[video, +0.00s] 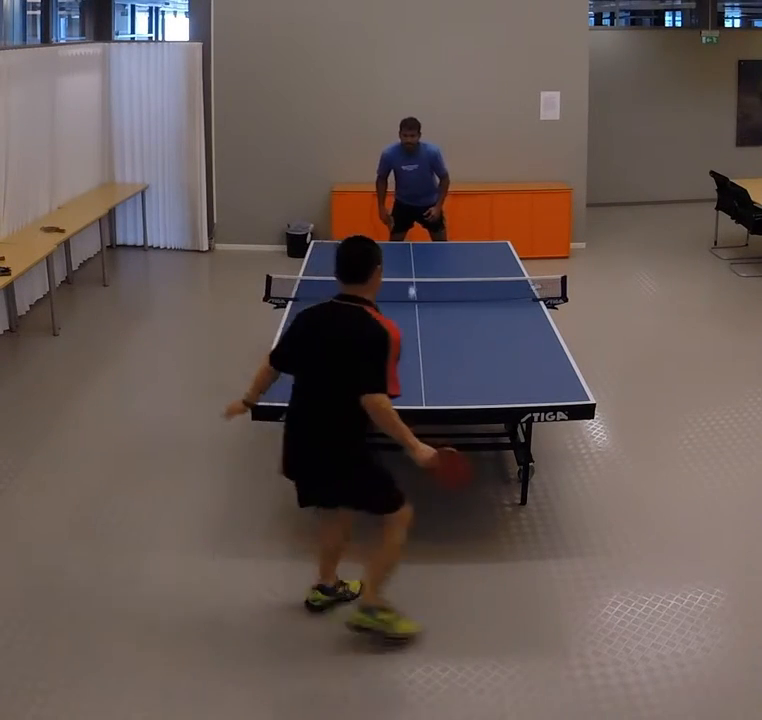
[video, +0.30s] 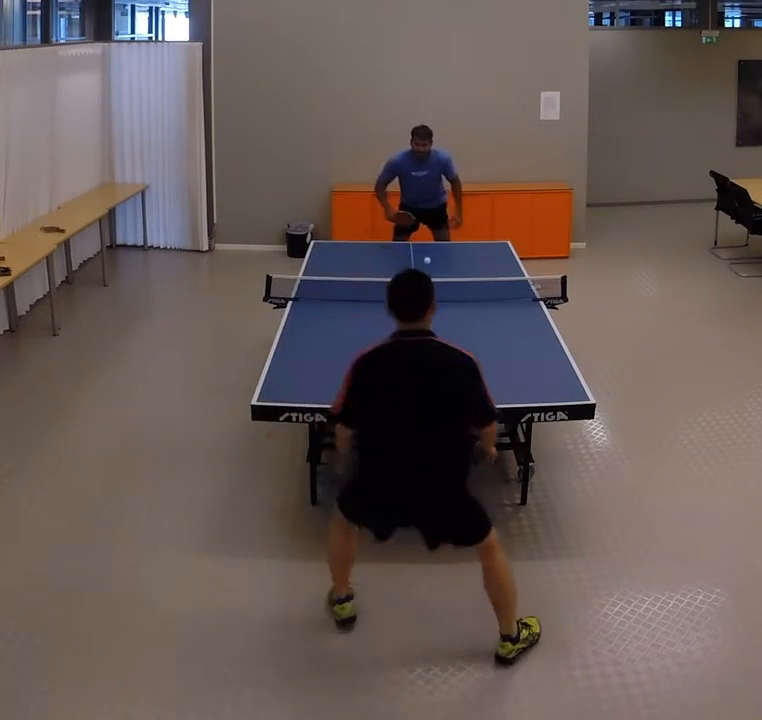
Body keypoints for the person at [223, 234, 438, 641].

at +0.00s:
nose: (381, 276)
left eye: (378, 270)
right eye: (381, 270)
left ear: (338, 273)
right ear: (377, 275)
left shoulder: (312, 317)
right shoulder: (377, 331)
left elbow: (273, 364)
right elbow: (373, 399)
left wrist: (248, 400)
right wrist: (415, 445)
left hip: (303, 444)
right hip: (345, 448)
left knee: (338, 508)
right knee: (398, 512)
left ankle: (327, 584)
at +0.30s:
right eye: (429, 301)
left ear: (389, 309)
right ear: (431, 307)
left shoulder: (367, 364)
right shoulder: (460, 363)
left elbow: (344, 430)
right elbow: (485, 424)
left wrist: (345, 464)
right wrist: (488, 448)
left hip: (381, 485)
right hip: (441, 489)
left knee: (345, 518)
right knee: (489, 547)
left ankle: (341, 600)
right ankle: (510, 635)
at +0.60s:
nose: (421, 312)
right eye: (422, 307)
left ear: (380, 312)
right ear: (423, 313)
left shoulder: (351, 368)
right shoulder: (443, 372)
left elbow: (335, 437)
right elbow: (478, 439)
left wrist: (352, 474)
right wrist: (463, 448)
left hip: (359, 498)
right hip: (423, 500)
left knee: (311, 564)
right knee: (470, 564)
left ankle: (275, 643)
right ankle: (509, 636)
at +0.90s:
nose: (401, 314)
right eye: (404, 308)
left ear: (362, 314)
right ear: (406, 314)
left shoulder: (335, 370)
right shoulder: (429, 372)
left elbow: (308, 435)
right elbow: (468, 413)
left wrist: (303, 471)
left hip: (340, 501)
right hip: (403, 502)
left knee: (302, 561)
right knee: (450, 565)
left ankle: (273, 643)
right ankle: (476, 648)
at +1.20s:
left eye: (337, 304)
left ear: (335, 309)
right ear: (379, 310)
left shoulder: (314, 371)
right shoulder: (404, 364)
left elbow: (290, 444)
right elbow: (419, 411)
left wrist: (272, 479)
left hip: (333, 500)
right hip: (396, 497)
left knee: (297, 568)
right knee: (442, 569)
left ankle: (273, 644)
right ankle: (476, 648)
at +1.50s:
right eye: (398, 298)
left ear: (355, 295)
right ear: (399, 302)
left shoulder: (313, 346)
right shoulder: (408, 352)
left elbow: (292, 416)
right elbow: (459, 409)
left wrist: (289, 469)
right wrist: (490, 429)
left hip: (326, 484)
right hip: (388, 484)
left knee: (297, 566)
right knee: (432, 563)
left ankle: (273, 643)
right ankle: (468, 635)